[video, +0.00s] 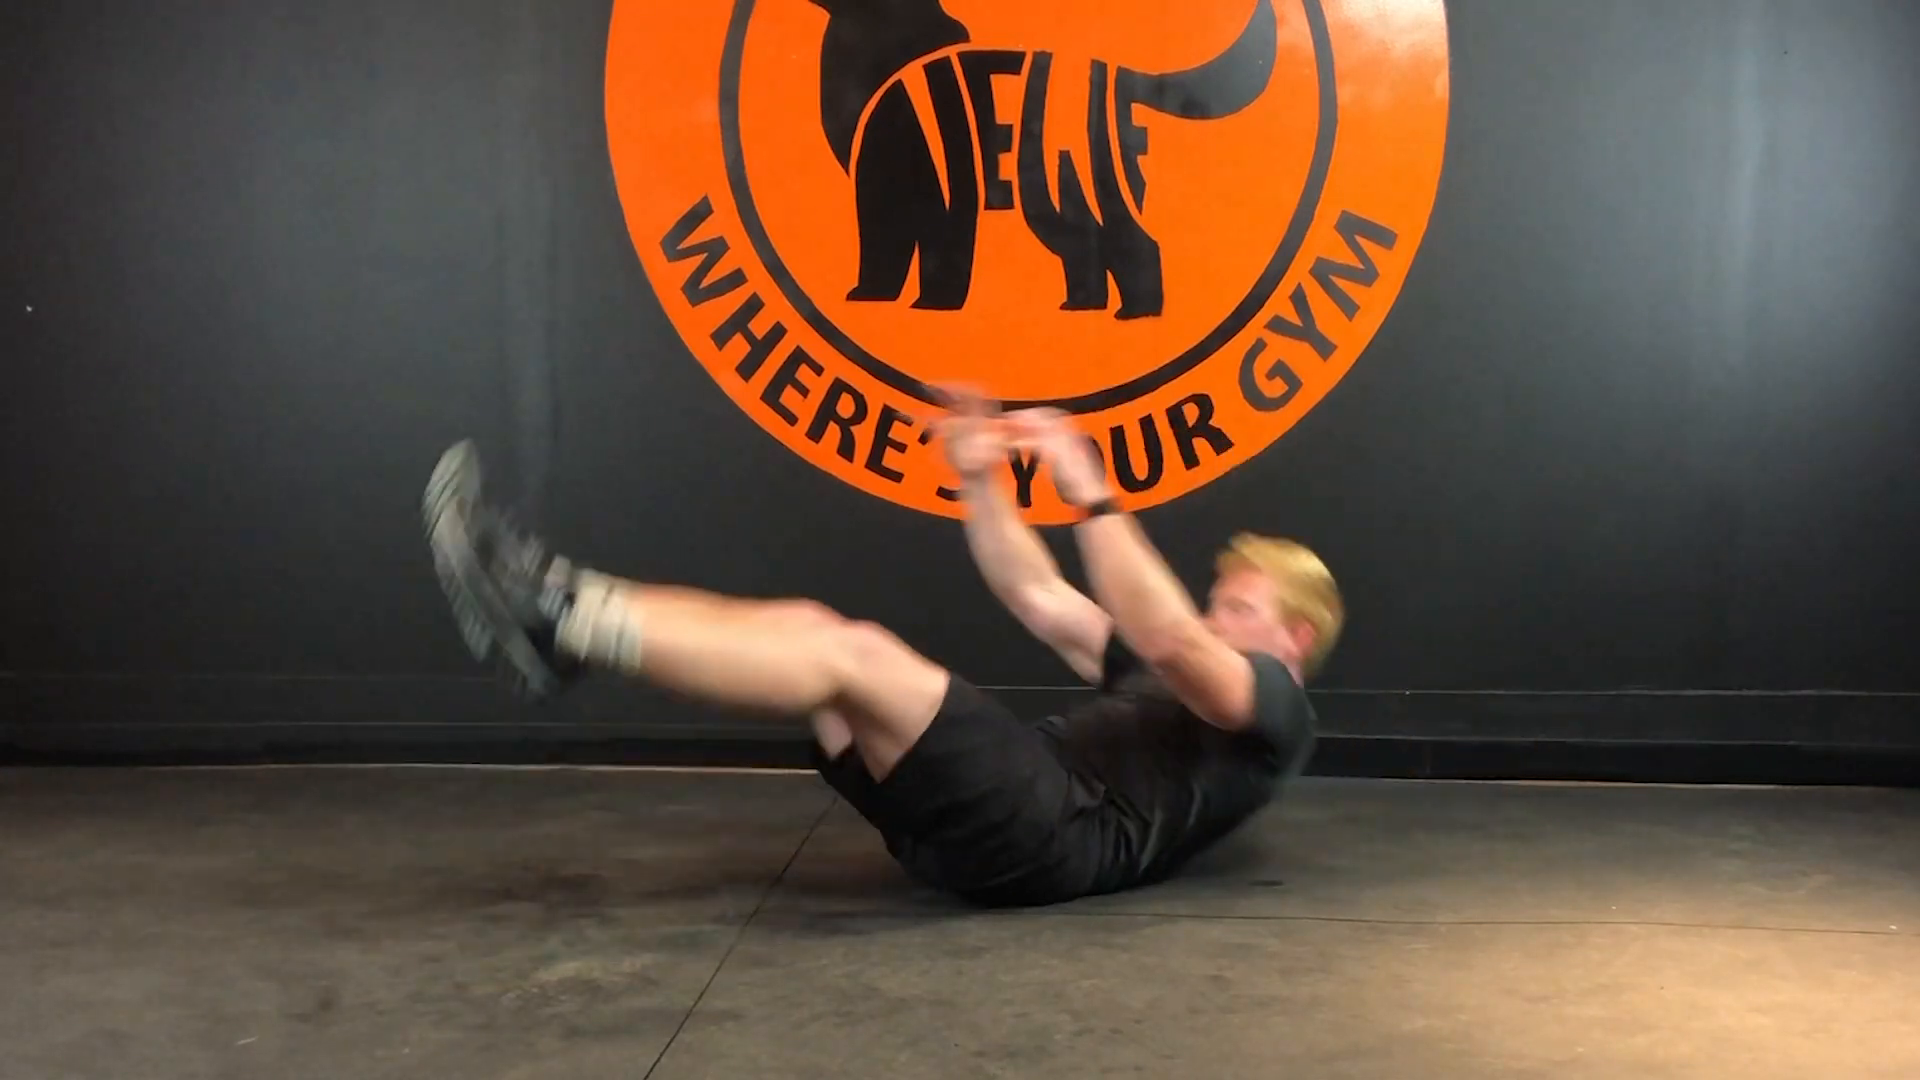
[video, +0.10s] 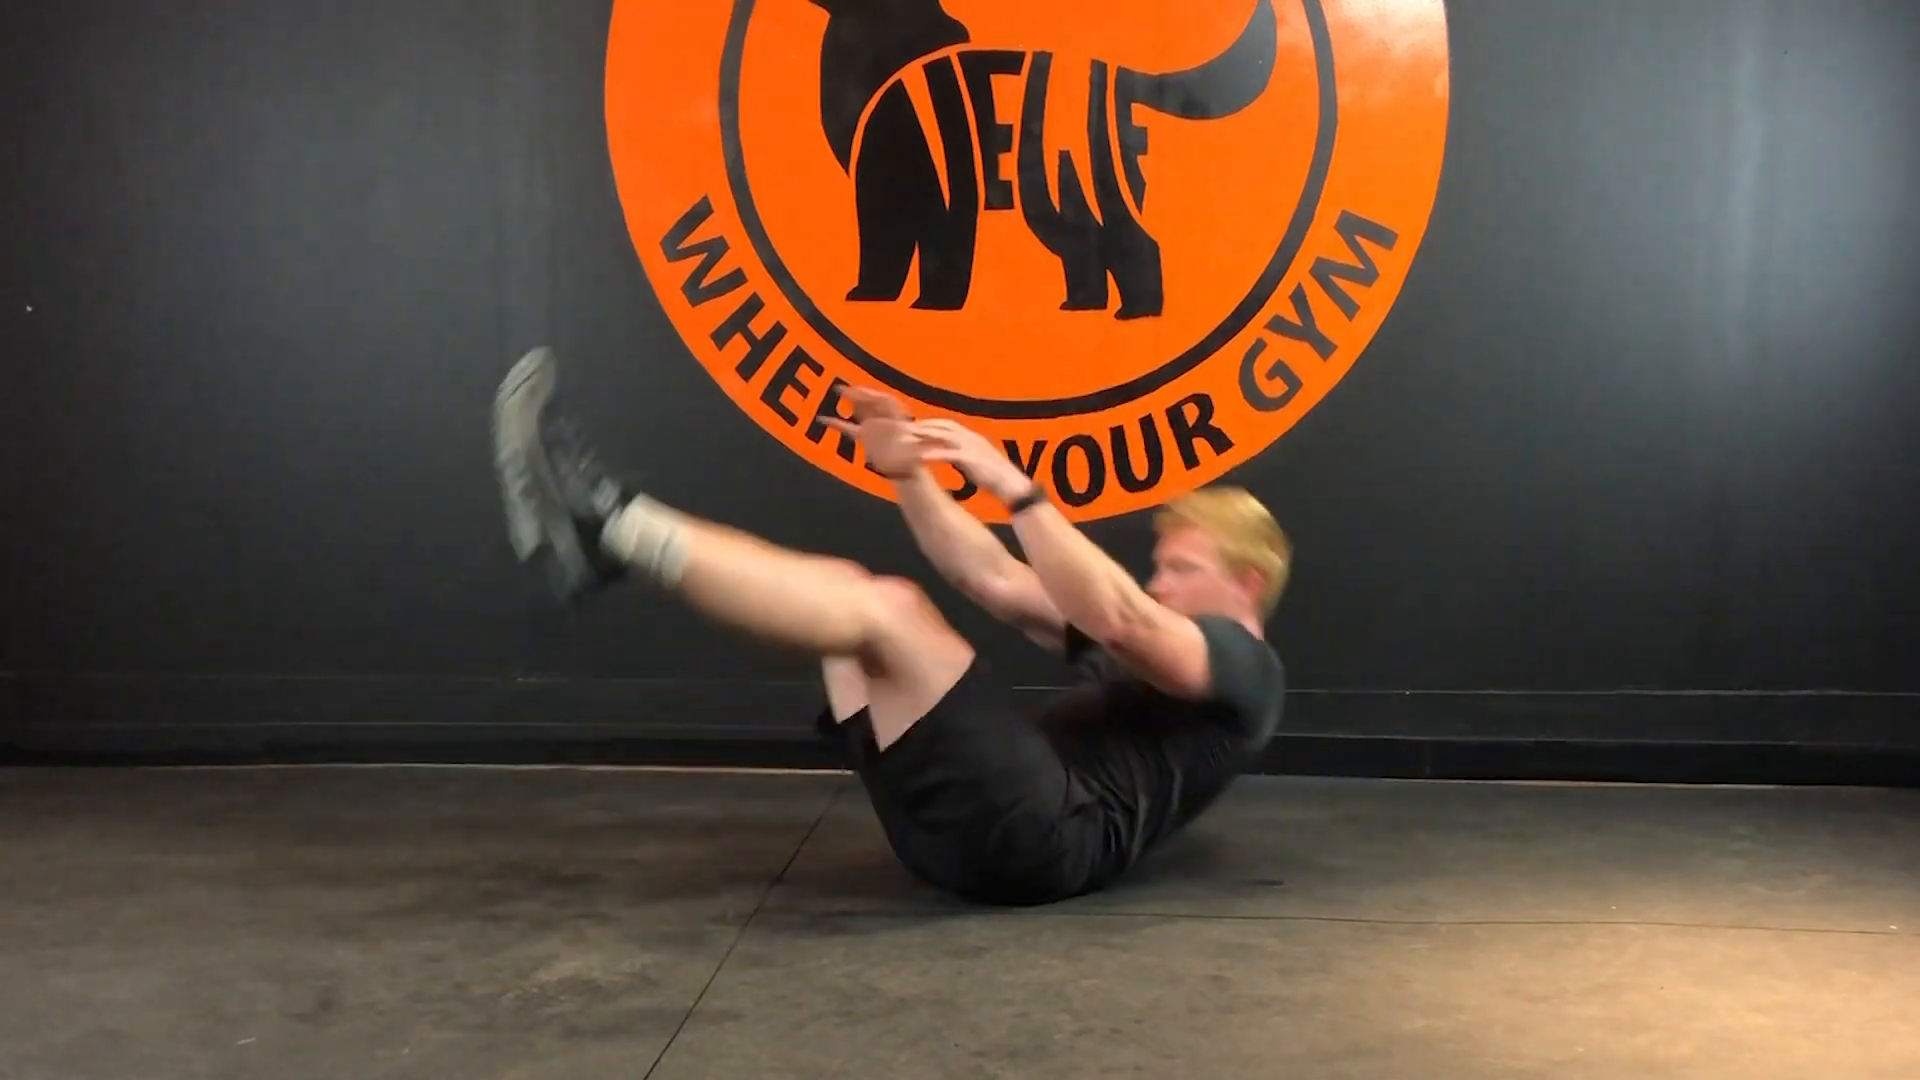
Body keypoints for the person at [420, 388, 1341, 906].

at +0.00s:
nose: (1217, 605)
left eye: (1245, 598)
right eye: (1221, 591)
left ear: (1301, 637)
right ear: (1224, 603)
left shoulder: (1277, 708)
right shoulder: (1172, 663)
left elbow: (1162, 636)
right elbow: (1038, 599)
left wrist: (1089, 489)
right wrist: (981, 484)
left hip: (1053, 833)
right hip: (993, 805)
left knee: (847, 653)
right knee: (815, 631)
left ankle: (571, 615)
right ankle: (553, 612)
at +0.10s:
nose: (1153, 585)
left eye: (1180, 568)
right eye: (1156, 564)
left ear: (1245, 587)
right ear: (1183, 574)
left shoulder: (1246, 672)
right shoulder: (1143, 637)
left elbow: (1122, 619)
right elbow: (1000, 580)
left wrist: (1019, 493)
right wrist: (909, 473)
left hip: (1041, 835)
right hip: (978, 827)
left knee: (888, 610)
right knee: (853, 601)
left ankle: (616, 523)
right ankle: (592, 530)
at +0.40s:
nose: (1092, 532)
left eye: (1108, 521)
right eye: (1092, 518)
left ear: (1171, 536)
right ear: (1100, 521)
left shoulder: (1209, 623)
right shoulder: (1078, 597)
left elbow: (1086, 554)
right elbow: (955, 523)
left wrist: (994, 404)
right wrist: (872, 412)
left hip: (1029, 835)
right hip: (955, 827)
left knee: (950, 574)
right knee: (892, 573)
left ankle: (707, 451)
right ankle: (676, 463)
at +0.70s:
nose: (1248, 604)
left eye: (1277, 598)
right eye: (1258, 590)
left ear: (1317, 651)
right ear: (1247, 619)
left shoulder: (1268, 736)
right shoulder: (1185, 692)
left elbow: (1323, 639)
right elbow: (1114, 607)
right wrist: (1169, 489)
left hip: (1050, 823)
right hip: (997, 794)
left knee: (816, 690)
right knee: (791, 682)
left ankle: (531, 684)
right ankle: (531, 697)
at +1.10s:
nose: (1347, 696)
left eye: (1372, 702)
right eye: (1351, 685)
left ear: (1387, 754)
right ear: (1324, 696)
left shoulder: (1336, 796)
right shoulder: (1247, 733)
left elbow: (1482, 761)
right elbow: (1249, 691)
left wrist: (1500, 682)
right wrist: (1378, 690)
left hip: (1065, 811)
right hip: (1003, 757)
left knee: (824, 760)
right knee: (764, 746)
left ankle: (519, 804)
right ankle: (496, 791)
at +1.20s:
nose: (1309, 674)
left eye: (1332, 681)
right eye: (1308, 670)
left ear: (1358, 723)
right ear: (1280, 689)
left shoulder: (1314, 780)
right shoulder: (1216, 731)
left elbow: (1360, 679)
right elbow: (1171, 625)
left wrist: (1334, 545)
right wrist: (1245, 507)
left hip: (1055, 818)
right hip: (1004, 782)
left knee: (827, 724)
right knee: (794, 721)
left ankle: (523, 748)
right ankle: (516, 746)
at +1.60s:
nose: (1068, 514)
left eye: (1091, 496)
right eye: (1071, 495)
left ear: (1160, 510)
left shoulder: (1187, 600)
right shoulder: (1061, 592)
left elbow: (1053, 544)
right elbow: (950, 525)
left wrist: (921, 436)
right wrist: (831, 409)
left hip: (1021, 829)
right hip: (941, 828)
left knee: (955, 568)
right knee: (909, 566)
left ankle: (721, 456)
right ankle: (703, 458)